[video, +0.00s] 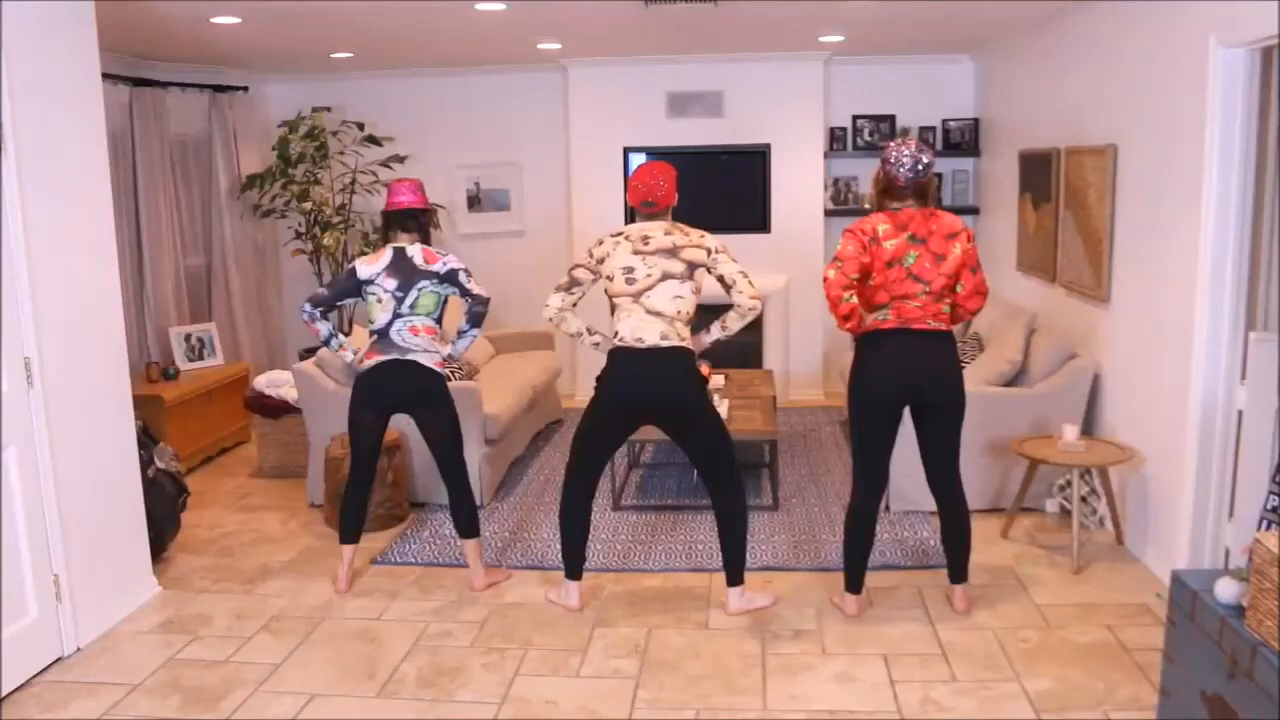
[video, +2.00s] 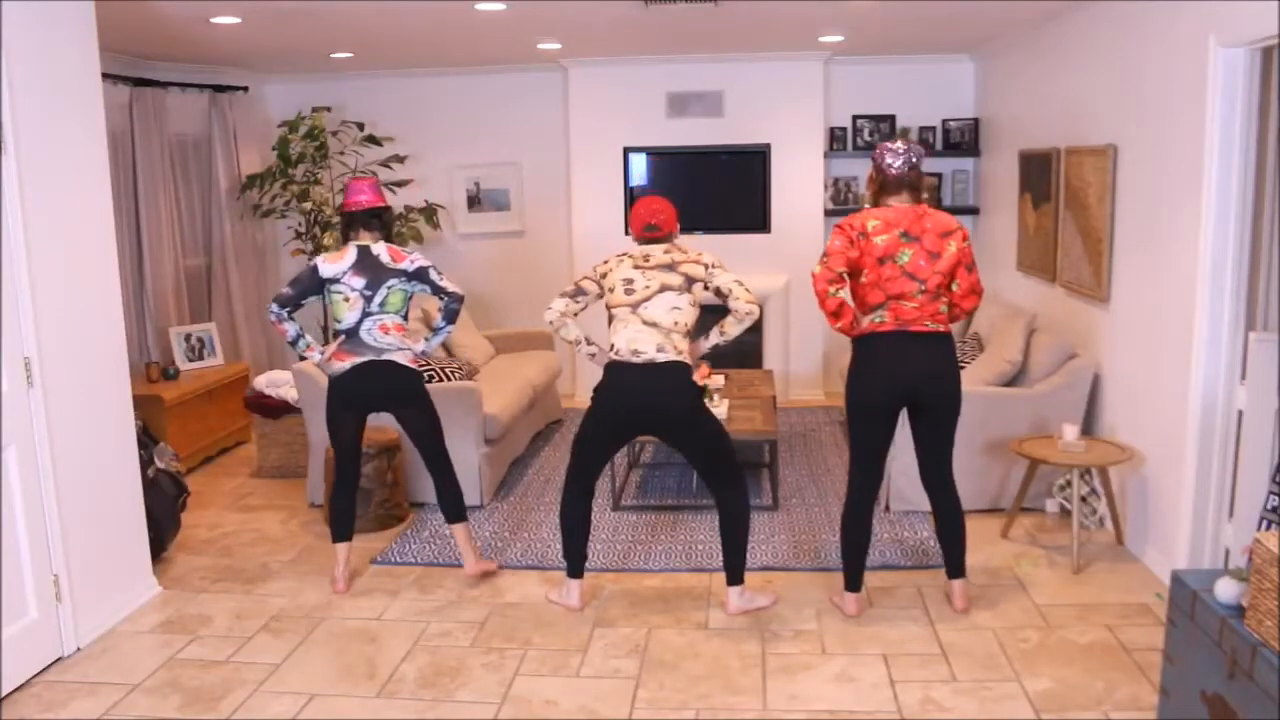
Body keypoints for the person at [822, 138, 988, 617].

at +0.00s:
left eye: (881, 174)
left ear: (881, 182)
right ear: (929, 182)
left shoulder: (865, 229)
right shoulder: (954, 228)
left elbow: (837, 284)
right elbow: (973, 293)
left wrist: (861, 325)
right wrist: (942, 323)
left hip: (879, 358)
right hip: (938, 358)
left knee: (868, 481)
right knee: (947, 478)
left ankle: (852, 594)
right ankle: (960, 590)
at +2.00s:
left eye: (872, 178)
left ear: (873, 182)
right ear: (920, 181)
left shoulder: (856, 226)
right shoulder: (948, 226)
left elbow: (825, 281)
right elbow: (968, 294)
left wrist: (854, 325)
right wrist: (936, 320)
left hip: (876, 359)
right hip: (935, 359)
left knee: (863, 478)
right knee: (940, 475)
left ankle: (852, 593)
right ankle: (958, 587)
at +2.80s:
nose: (855, 217)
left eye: (853, 209)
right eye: (853, 209)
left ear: (864, 201)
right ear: (893, 193)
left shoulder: (869, 235)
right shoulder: (944, 230)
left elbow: (877, 296)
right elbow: (963, 297)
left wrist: (867, 345)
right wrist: (942, 331)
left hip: (907, 362)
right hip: (958, 358)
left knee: (877, 477)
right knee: (940, 471)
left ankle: (873, 590)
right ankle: (951, 579)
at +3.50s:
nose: (832, 232)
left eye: (829, 223)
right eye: (826, 225)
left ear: (845, 207)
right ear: (853, 202)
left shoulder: (873, 233)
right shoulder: (910, 222)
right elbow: (934, 270)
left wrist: (841, 330)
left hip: (906, 357)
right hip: (940, 352)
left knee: (875, 471)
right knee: (912, 467)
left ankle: (884, 585)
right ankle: (930, 570)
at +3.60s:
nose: (829, 236)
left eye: (827, 228)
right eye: (823, 231)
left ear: (843, 212)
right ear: (842, 211)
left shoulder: (879, 235)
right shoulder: (892, 225)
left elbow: (912, 287)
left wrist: (882, 332)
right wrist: (841, 329)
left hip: (909, 359)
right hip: (926, 355)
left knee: (877, 471)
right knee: (895, 467)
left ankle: (884, 586)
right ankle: (928, 566)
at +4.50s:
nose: (858, 211)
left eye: (866, 200)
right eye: (849, 202)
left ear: (883, 192)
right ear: (839, 199)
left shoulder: (921, 230)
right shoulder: (832, 230)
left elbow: (939, 299)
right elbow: (814, 286)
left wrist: (880, 320)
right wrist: (818, 314)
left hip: (907, 359)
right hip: (853, 358)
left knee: (893, 470)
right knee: (857, 468)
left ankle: (898, 581)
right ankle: (861, 565)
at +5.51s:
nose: (896, 190)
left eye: (903, 183)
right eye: (885, 184)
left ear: (916, 197)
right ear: (871, 201)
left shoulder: (940, 247)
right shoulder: (850, 253)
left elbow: (954, 309)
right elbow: (823, 320)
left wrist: (936, 335)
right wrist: (871, 360)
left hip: (924, 376)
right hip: (861, 377)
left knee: (960, 491)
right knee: (850, 488)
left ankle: (958, 583)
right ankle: (824, 574)